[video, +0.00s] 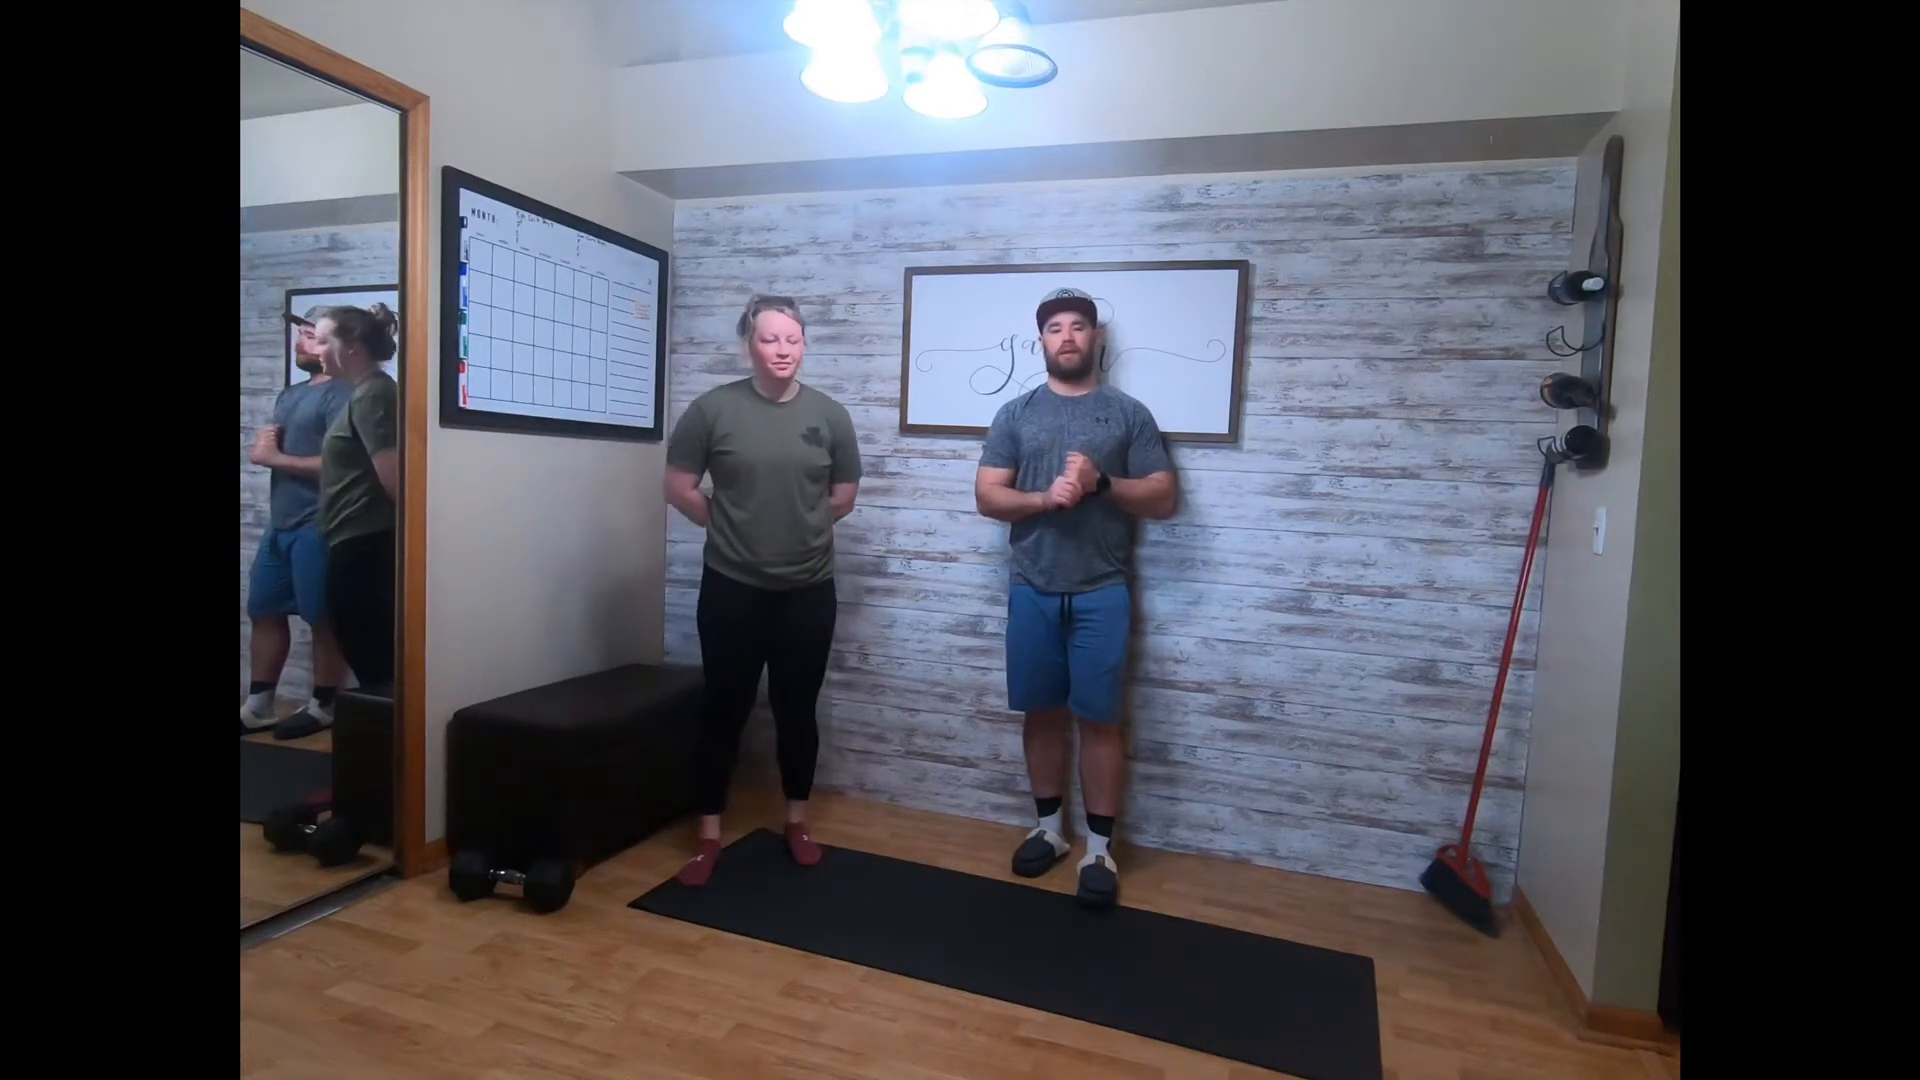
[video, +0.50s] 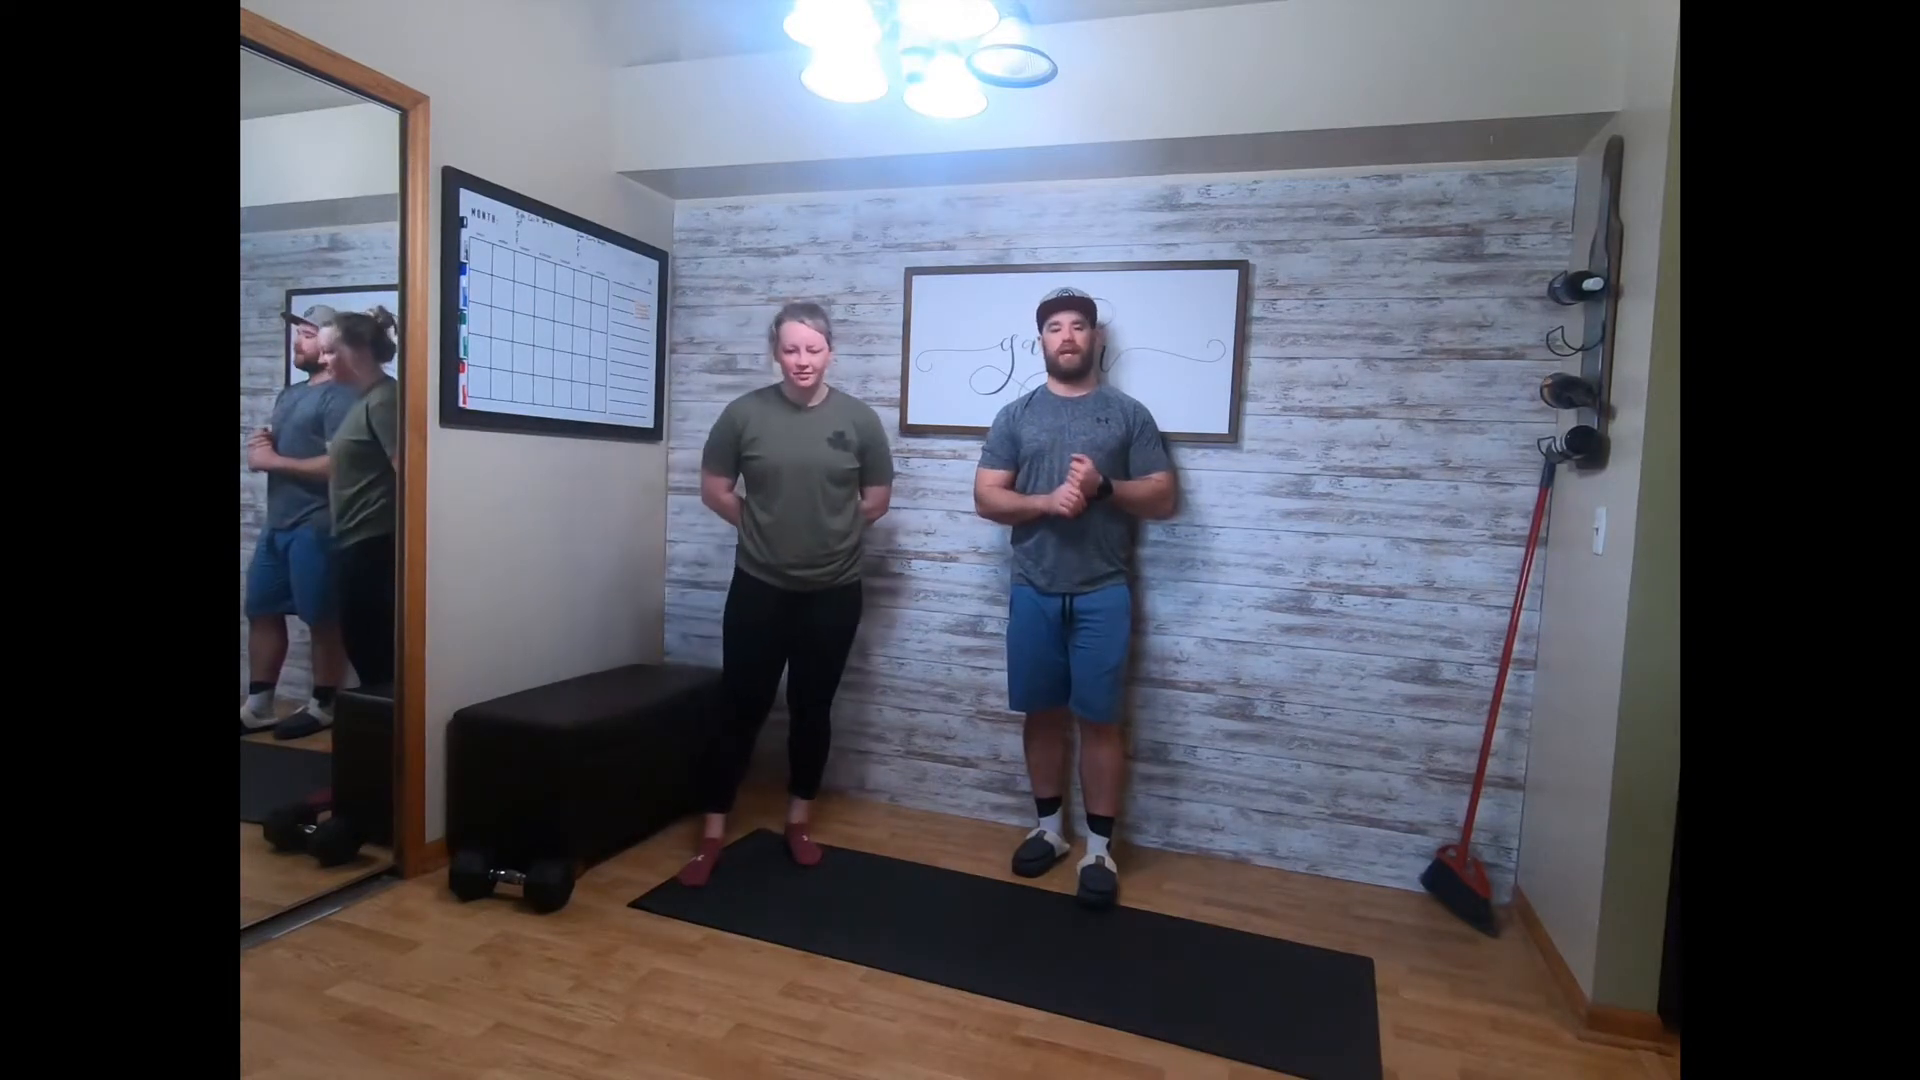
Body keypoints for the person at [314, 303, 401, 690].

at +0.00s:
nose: (318, 351)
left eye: (324, 341)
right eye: (319, 342)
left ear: (351, 346)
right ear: (353, 346)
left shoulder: (374, 396)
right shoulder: (364, 394)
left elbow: (397, 483)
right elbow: (392, 479)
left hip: (365, 541)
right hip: (357, 538)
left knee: (366, 647)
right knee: (367, 646)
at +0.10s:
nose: (320, 353)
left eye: (325, 343)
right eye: (320, 344)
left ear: (353, 347)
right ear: (354, 348)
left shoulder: (376, 398)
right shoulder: (367, 395)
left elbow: (399, 484)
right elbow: (392, 480)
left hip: (367, 542)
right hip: (359, 539)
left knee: (368, 648)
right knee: (369, 647)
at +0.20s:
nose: (322, 355)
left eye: (327, 346)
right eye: (322, 346)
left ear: (354, 349)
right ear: (356, 349)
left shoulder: (378, 399)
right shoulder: (368, 396)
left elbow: (401, 482)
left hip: (369, 542)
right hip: (360, 539)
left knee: (368, 647)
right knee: (368, 646)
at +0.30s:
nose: (323, 358)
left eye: (329, 348)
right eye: (323, 349)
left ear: (355, 348)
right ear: (357, 349)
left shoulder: (380, 399)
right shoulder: (369, 397)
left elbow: (402, 479)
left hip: (371, 542)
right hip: (359, 539)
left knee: (368, 645)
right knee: (366, 643)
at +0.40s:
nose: (325, 361)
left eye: (329, 351)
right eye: (325, 352)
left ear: (354, 351)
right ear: (359, 351)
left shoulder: (382, 400)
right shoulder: (369, 399)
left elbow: (403, 475)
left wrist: (410, 537)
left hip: (373, 542)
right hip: (359, 539)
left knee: (366, 639)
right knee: (364, 638)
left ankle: (391, 734)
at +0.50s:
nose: (326, 362)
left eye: (330, 352)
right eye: (325, 354)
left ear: (355, 350)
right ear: (357, 352)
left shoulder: (383, 400)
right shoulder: (367, 400)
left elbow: (407, 474)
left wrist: (409, 540)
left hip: (376, 544)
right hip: (358, 542)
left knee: (370, 646)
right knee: (364, 644)